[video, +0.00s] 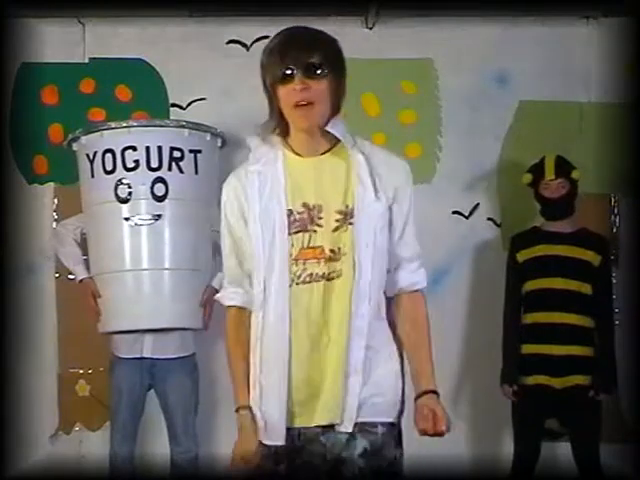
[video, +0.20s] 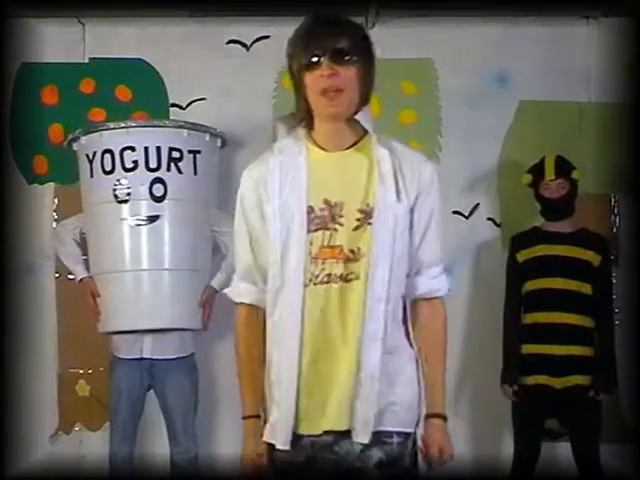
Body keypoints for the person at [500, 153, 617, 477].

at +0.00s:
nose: (554, 192)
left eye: (560, 184)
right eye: (546, 186)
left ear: (573, 187)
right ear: (535, 193)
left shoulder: (596, 245)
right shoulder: (521, 244)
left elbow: (604, 315)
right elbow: (512, 312)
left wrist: (606, 372)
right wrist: (509, 368)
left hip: (580, 375)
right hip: (531, 375)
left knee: (588, 462)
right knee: (524, 460)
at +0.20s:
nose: (553, 192)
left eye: (560, 184)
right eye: (545, 186)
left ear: (573, 187)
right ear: (536, 193)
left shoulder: (596, 245)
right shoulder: (521, 244)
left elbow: (604, 315)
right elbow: (512, 311)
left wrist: (606, 373)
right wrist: (509, 368)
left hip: (580, 376)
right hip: (531, 375)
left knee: (588, 463)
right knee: (524, 461)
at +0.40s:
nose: (553, 192)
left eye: (560, 185)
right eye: (545, 186)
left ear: (573, 188)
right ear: (536, 193)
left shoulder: (596, 245)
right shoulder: (521, 244)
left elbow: (604, 315)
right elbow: (512, 312)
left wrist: (606, 372)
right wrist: (509, 368)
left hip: (580, 376)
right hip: (531, 375)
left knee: (588, 463)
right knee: (524, 461)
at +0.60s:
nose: (553, 193)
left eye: (560, 185)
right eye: (545, 187)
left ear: (573, 188)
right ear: (536, 193)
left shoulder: (596, 245)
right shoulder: (521, 244)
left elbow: (604, 315)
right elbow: (512, 311)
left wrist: (606, 372)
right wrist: (509, 368)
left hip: (580, 376)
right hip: (531, 376)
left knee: (588, 463)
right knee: (524, 461)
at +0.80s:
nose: (553, 193)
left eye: (560, 185)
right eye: (545, 186)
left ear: (573, 188)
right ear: (536, 193)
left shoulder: (596, 245)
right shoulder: (521, 244)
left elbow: (604, 315)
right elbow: (512, 312)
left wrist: (605, 373)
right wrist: (509, 369)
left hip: (580, 376)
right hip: (531, 375)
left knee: (588, 463)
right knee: (524, 461)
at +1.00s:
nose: (553, 193)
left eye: (560, 185)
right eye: (545, 186)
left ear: (573, 188)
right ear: (536, 193)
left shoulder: (596, 245)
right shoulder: (521, 245)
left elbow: (604, 315)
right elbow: (512, 312)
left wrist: (605, 373)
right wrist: (509, 369)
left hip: (580, 376)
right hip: (531, 376)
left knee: (588, 463)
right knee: (524, 461)